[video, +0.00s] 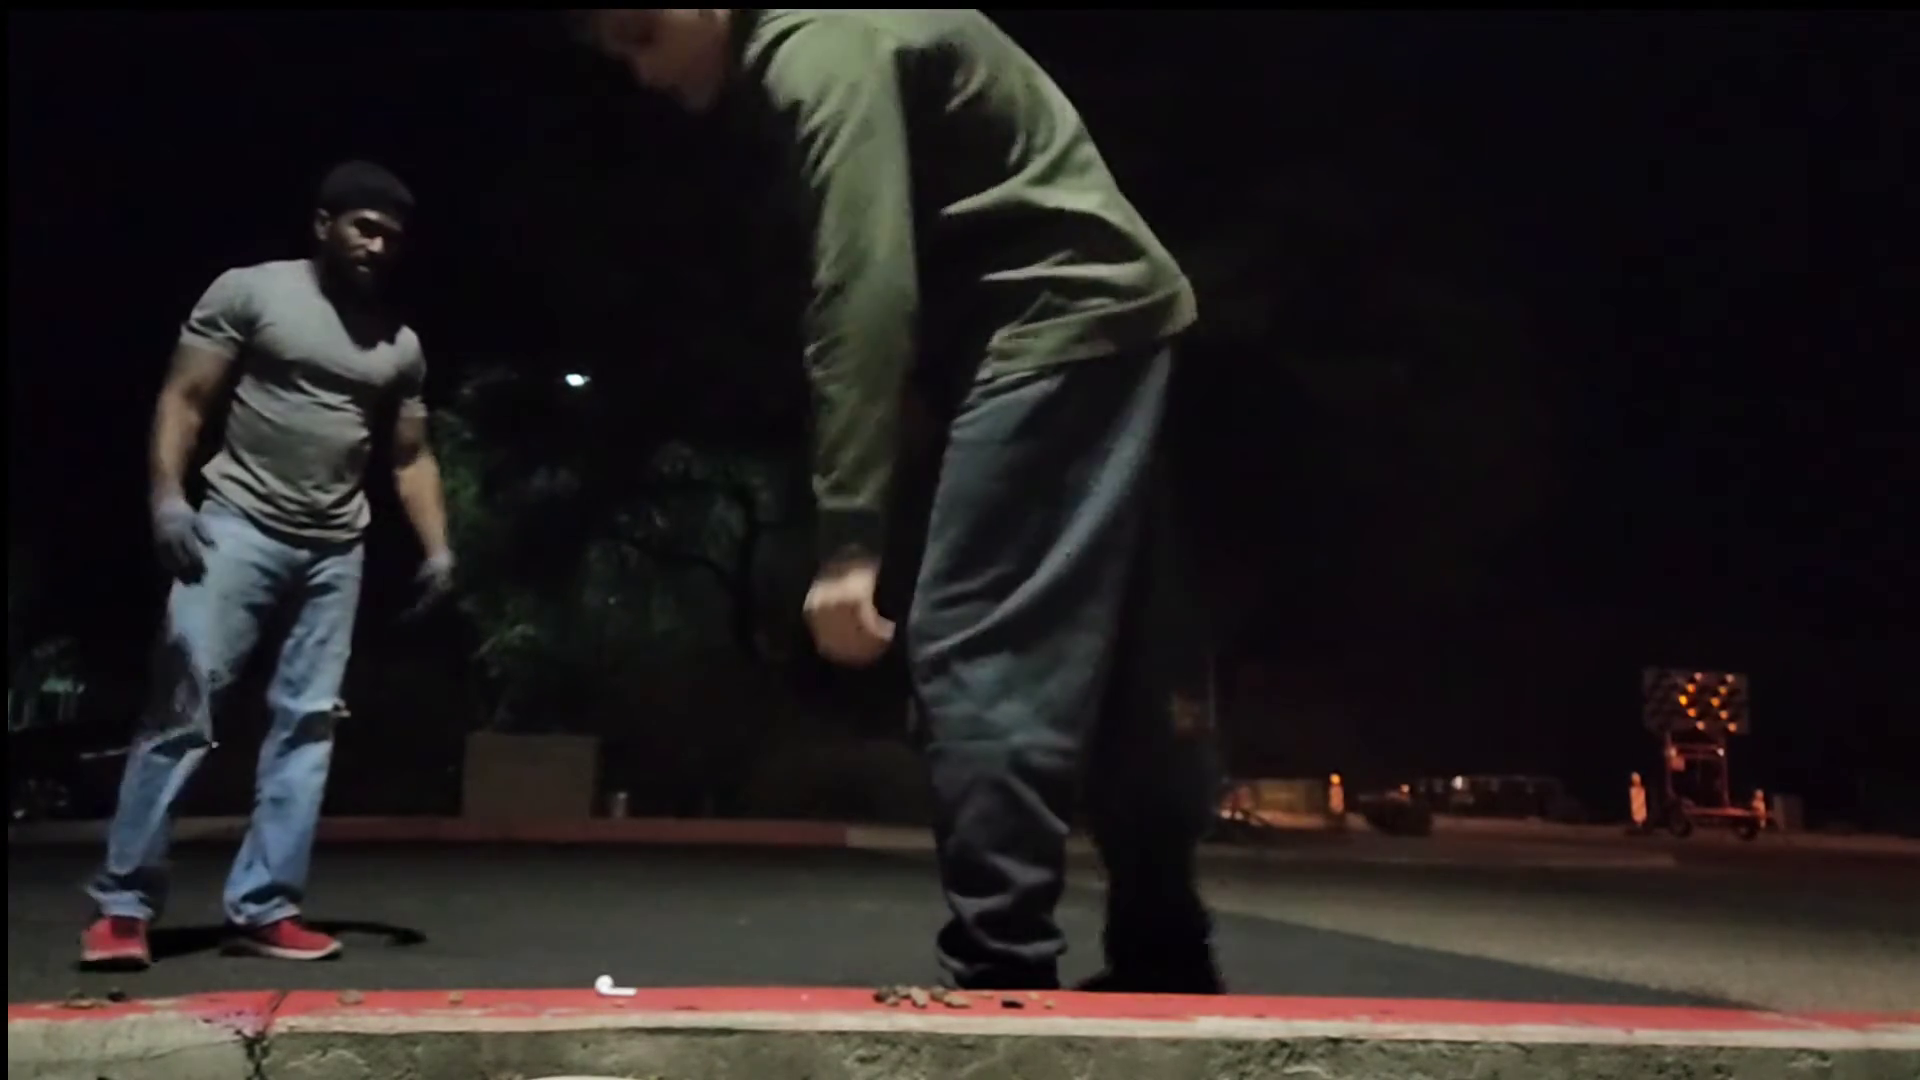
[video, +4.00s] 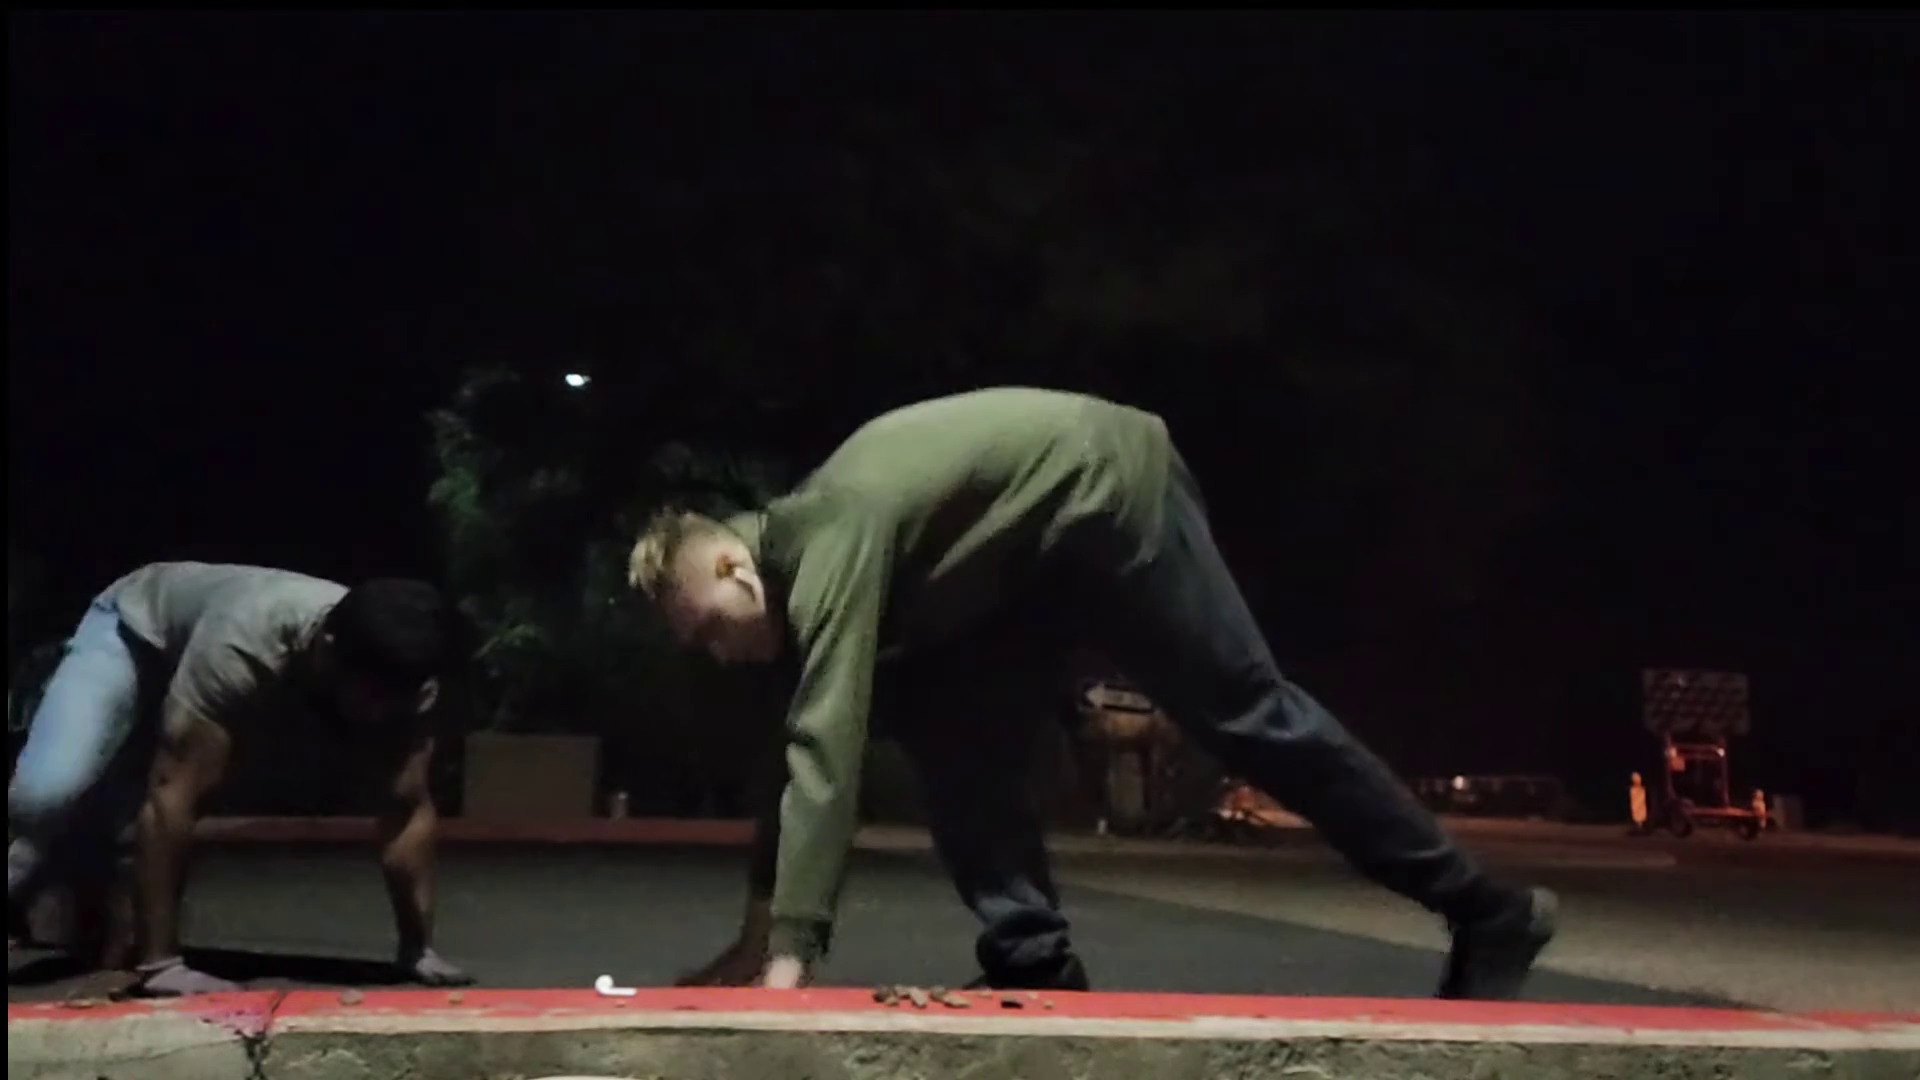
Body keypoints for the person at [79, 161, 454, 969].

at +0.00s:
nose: (376, 249)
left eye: (390, 237)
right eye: (363, 230)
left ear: (400, 248)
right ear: (324, 226)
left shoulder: (398, 348)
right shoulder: (250, 294)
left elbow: (412, 454)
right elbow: (183, 398)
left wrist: (438, 544)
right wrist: (167, 497)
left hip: (336, 548)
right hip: (239, 529)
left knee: (307, 719)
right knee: (185, 706)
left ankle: (263, 906)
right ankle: (124, 903)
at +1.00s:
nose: (322, 325)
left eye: (334, 311)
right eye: (309, 307)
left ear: (346, 308)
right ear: (275, 297)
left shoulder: (351, 366)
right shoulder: (189, 331)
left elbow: (331, 485)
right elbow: (163, 463)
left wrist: (316, 506)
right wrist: (267, 499)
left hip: (260, 535)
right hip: (160, 527)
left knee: (272, 714)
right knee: (151, 711)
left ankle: (267, 905)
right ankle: (164, 914)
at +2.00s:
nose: (468, 360)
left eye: (480, 347)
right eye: (458, 342)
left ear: (489, 345)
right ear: (423, 328)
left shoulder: (487, 406)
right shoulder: (333, 351)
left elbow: (464, 516)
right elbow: (272, 485)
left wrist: (443, 593)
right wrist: (312, 602)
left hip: (377, 538)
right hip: (282, 525)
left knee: (376, 701)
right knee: (234, 707)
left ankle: (344, 904)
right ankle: (177, 907)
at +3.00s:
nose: (393, 570)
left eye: (407, 557)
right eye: (383, 552)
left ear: (425, 537)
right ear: (339, 509)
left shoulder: (417, 539)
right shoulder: (250, 510)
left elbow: (416, 669)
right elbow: (172, 664)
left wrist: (405, 806)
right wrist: (150, 822)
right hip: (164, 512)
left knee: (312, 717)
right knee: (178, 704)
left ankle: (276, 912)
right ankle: (177, 925)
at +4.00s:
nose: (394, 714)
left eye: (407, 699)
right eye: (383, 696)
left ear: (421, 682)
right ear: (330, 655)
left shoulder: (411, 680)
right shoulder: (239, 644)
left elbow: (410, 811)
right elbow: (170, 797)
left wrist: (417, 950)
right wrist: (160, 961)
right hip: (134, 626)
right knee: (45, 793)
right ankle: (33, 854)